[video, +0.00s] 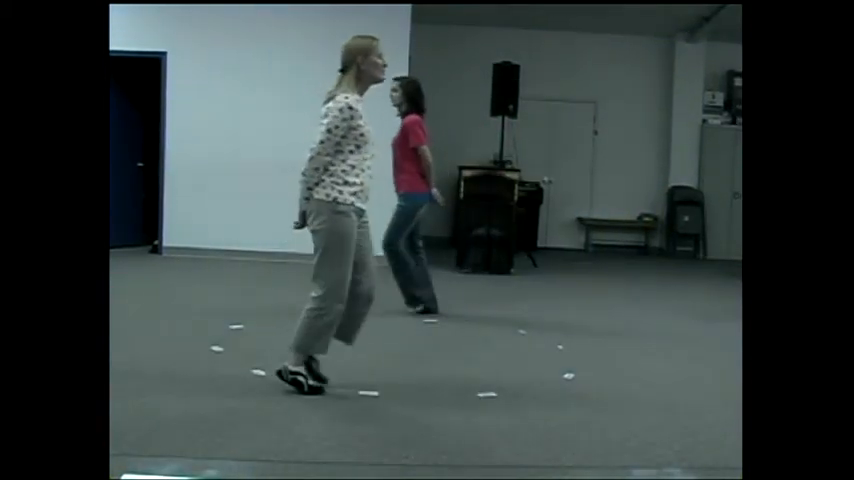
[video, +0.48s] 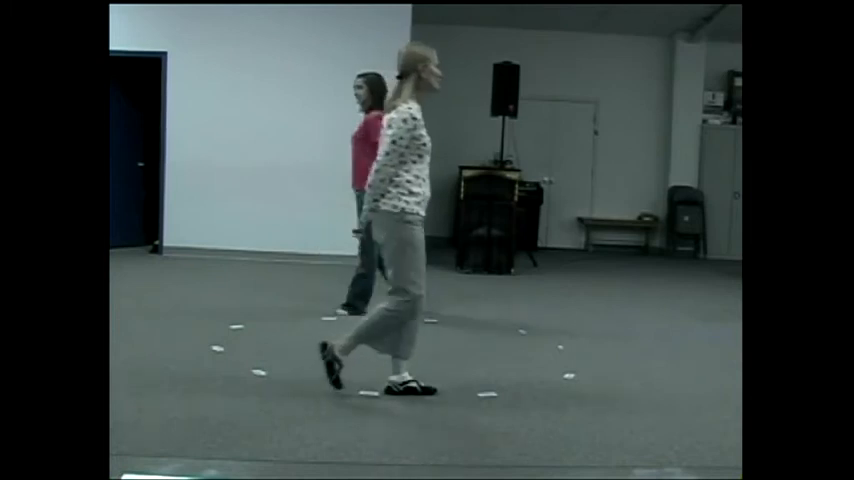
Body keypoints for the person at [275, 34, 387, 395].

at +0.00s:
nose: (384, 64)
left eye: (383, 58)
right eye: (378, 58)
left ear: (360, 64)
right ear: (359, 63)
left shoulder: (355, 105)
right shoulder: (342, 106)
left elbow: (329, 158)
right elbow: (317, 158)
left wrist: (309, 204)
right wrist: (304, 205)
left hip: (352, 207)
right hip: (333, 205)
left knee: (362, 288)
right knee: (330, 289)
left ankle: (311, 355)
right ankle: (295, 363)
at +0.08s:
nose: (390, 63)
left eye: (388, 57)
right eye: (383, 57)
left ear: (365, 63)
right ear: (364, 62)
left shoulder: (359, 105)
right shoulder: (348, 105)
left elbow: (334, 158)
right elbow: (323, 156)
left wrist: (315, 204)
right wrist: (310, 204)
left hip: (358, 207)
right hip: (339, 205)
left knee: (372, 285)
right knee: (331, 288)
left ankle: (334, 357)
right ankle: (296, 364)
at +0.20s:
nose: (403, 69)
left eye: (402, 63)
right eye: (398, 63)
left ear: (379, 67)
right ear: (380, 66)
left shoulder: (377, 109)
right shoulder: (365, 109)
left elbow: (351, 161)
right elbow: (338, 159)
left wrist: (327, 207)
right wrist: (324, 207)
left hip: (371, 211)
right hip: (354, 209)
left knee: (378, 291)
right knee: (335, 288)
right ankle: (296, 364)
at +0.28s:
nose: (412, 72)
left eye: (410, 66)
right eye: (407, 65)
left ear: (388, 70)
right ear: (390, 70)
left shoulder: (385, 114)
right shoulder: (375, 115)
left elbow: (363, 167)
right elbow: (348, 164)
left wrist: (336, 210)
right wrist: (334, 209)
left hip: (380, 216)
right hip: (362, 213)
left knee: (388, 297)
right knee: (341, 293)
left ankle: (396, 375)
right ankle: (296, 364)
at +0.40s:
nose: (431, 71)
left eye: (429, 65)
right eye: (427, 66)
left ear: (407, 69)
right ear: (412, 69)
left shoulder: (399, 112)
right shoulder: (395, 113)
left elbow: (377, 165)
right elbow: (372, 164)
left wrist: (358, 211)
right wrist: (358, 210)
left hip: (396, 214)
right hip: (387, 213)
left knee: (404, 296)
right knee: (382, 293)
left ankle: (398, 376)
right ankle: (319, 357)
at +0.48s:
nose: (440, 74)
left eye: (439, 68)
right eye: (436, 68)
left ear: (414, 72)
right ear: (421, 71)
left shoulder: (407, 113)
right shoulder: (405, 115)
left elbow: (387, 170)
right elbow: (381, 171)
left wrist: (367, 216)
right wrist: (366, 216)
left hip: (399, 214)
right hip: (398, 214)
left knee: (409, 295)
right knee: (408, 296)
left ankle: (400, 375)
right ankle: (338, 351)